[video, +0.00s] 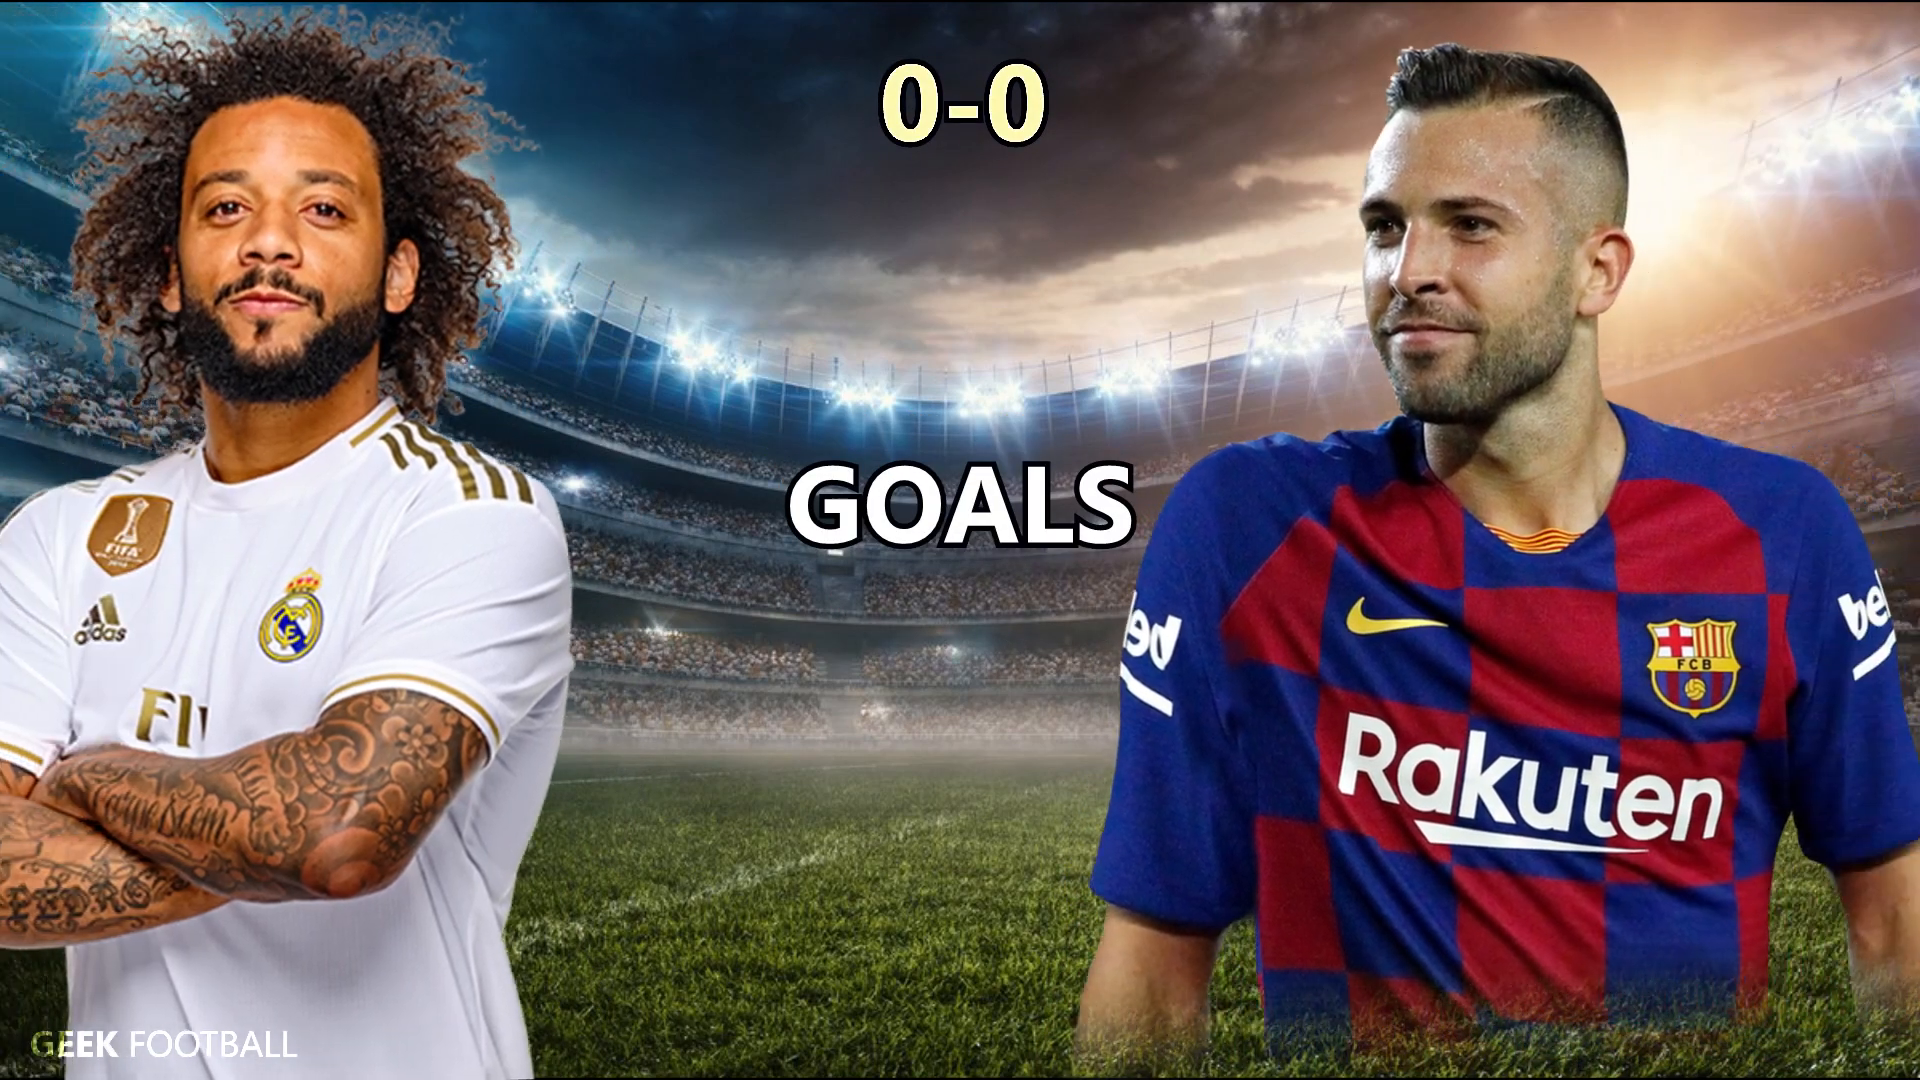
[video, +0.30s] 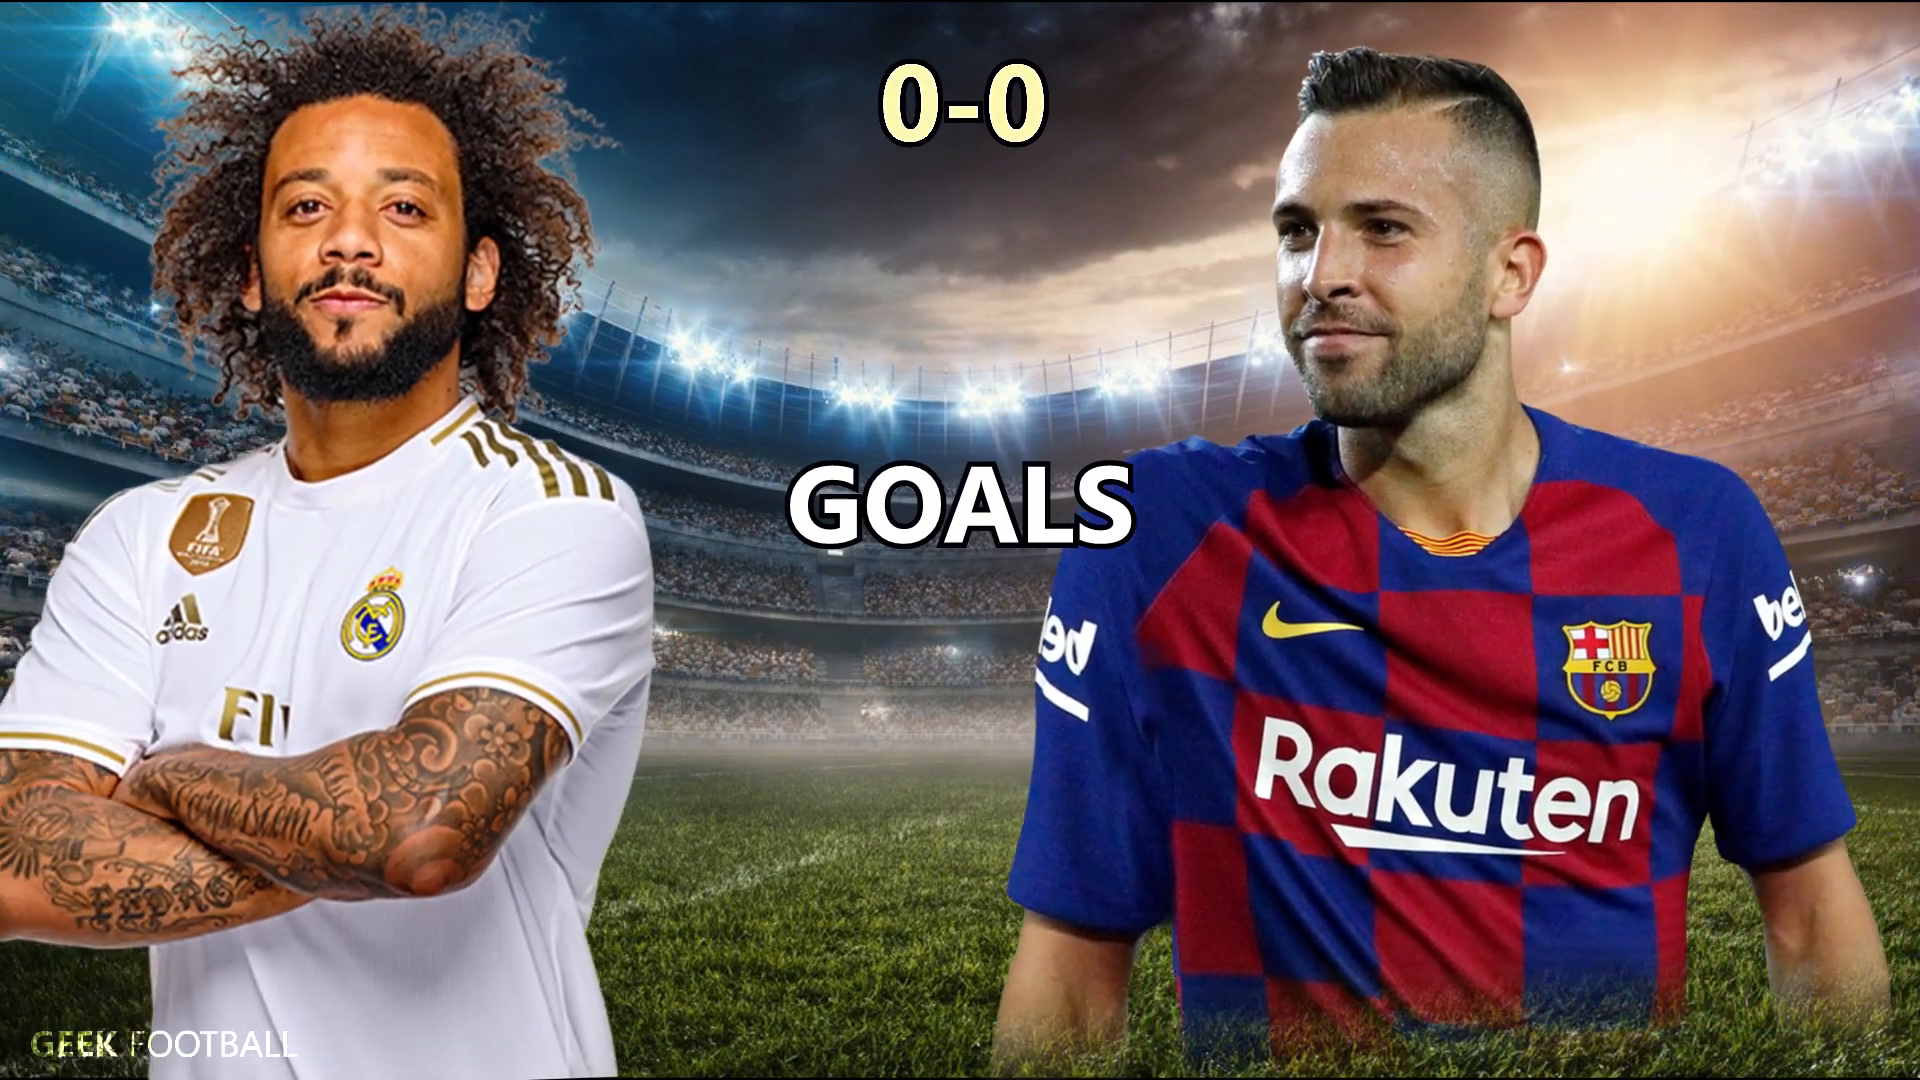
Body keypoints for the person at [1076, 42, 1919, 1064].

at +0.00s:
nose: (1406, 274)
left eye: (1468, 226)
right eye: (1385, 228)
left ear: (1598, 274)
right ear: (1364, 247)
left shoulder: (1787, 532)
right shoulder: (1238, 523)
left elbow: (1890, 916)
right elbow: (1155, 948)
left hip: (1685, 1041)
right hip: (1360, 1046)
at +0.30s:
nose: (1320, 276)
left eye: (1383, 230)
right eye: (1298, 233)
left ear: (1513, 273)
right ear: (1274, 256)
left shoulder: (1701, 534)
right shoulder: (1156, 536)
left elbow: (1812, 912)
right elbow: (1072, 960)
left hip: (1607, 1051)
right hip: (1275, 1052)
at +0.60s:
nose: (1289, 277)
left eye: (1352, 231)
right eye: (1267, 234)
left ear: (1482, 274)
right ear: (1242, 256)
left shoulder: (1671, 537)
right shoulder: (1126, 541)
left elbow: (1784, 915)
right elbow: (1042, 966)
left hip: (1575, 1054)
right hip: (1247, 1053)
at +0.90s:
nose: (1274, 278)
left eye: (1337, 232)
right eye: (1253, 235)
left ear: (1469, 274)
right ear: (1228, 256)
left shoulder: (1656, 536)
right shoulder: (1111, 545)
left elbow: (1767, 907)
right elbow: (1028, 968)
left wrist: (1824, 1079)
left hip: (1559, 1052)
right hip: (1233, 1052)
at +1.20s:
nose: (1268, 279)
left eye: (1331, 233)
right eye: (1246, 236)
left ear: (1462, 275)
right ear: (1222, 257)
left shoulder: (1650, 537)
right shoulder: (1103, 543)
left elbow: (1763, 918)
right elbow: (1022, 963)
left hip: (1553, 1050)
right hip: (1226, 1049)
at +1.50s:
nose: (1264, 279)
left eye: (1327, 233)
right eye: (1242, 236)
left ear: (1457, 275)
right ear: (1218, 257)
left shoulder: (1646, 538)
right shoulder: (1099, 546)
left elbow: (1756, 911)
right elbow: (1017, 965)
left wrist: (1804, 1076)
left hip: (1547, 1049)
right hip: (1221, 1050)